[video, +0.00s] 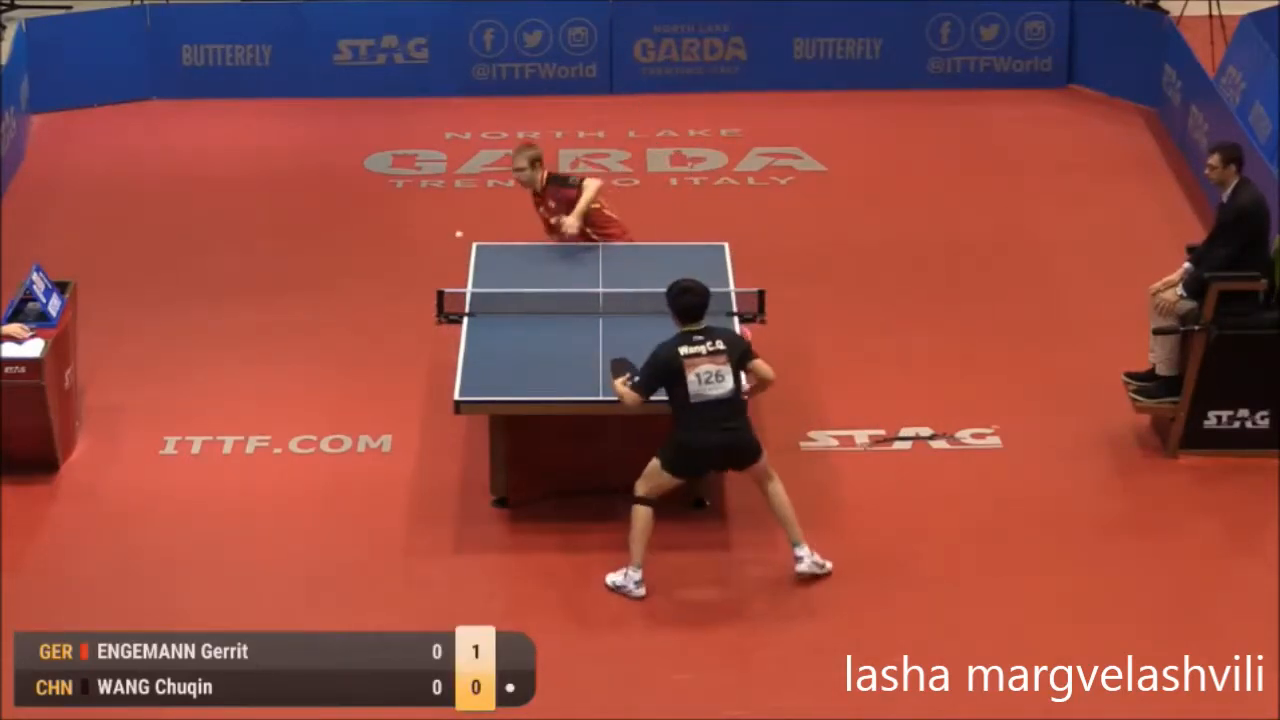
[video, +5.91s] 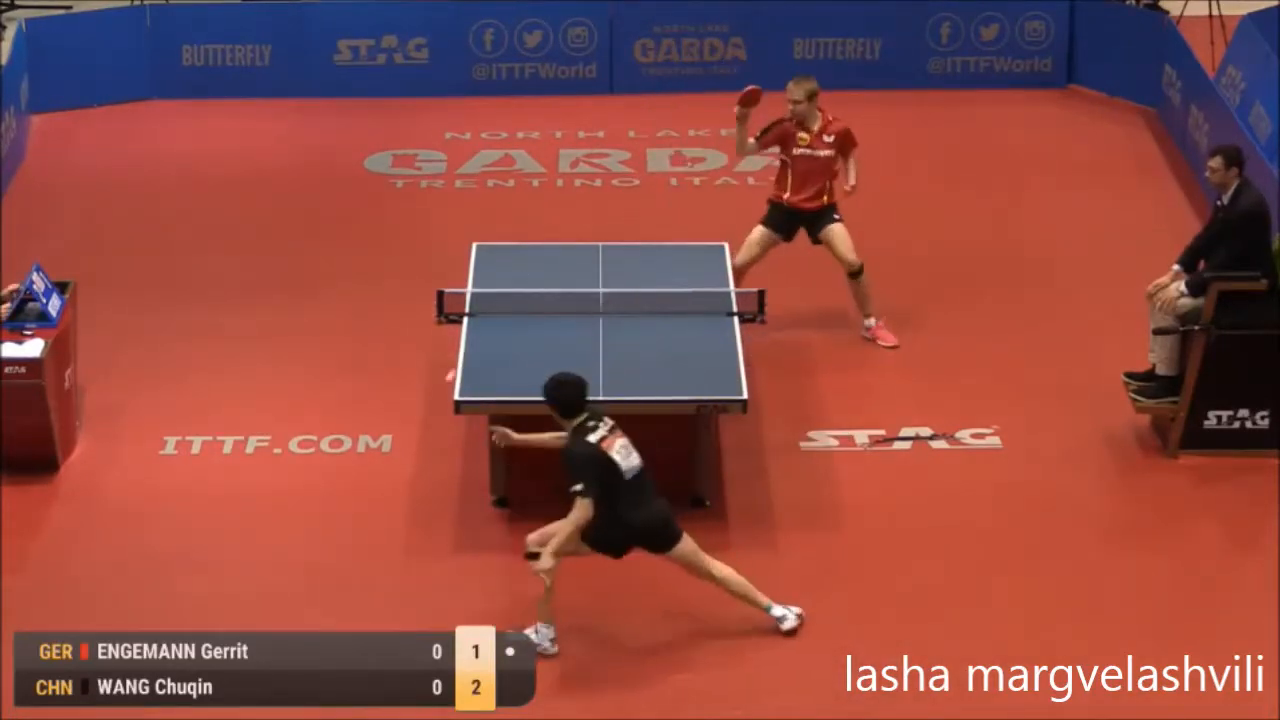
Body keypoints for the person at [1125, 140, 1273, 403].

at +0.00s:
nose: (1206, 173)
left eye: (1212, 168)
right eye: (1207, 167)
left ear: (1231, 168)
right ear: (1227, 169)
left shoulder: (1244, 203)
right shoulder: (1234, 197)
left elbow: (1221, 256)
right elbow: (1211, 246)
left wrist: (1183, 289)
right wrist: (1179, 274)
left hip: (1239, 292)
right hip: (1225, 282)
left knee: (1165, 306)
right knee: (1158, 297)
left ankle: (1169, 379)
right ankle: (1159, 369)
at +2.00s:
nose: (1205, 174)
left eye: (1211, 170)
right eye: (1206, 169)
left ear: (1229, 174)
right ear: (1223, 173)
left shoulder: (1245, 207)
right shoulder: (1229, 200)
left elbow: (1226, 263)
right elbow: (1208, 244)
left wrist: (1184, 288)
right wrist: (1179, 274)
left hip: (1237, 291)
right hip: (1221, 279)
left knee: (1166, 305)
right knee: (1156, 296)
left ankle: (1169, 378)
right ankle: (1160, 369)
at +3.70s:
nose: (1207, 175)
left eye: (1213, 169)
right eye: (1207, 169)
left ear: (1232, 170)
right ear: (1225, 172)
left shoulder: (1245, 205)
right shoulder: (1231, 199)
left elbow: (1221, 257)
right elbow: (1210, 244)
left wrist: (1178, 279)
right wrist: (1177, 272)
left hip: (1236, 288)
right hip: (1222, 278)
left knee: (1165, 307)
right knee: (1157, 296)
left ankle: (1168, 378)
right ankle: (1160, 369)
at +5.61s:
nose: (1207, 175)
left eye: (1212, 170)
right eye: (1207, 169)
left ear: (1232, 172)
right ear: (1225, 172)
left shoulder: (1249, 206)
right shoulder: (1226, 199)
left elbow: (1229, 264)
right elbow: (1205, 240)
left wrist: (1183, 288)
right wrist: (1173, 274)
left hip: (1242, 292)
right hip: (1224, 280)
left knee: (1168, 307)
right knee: (1158, 297)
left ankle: (1168, 379)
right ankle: (1159, 370)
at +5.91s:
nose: (1207, 175)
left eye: (1213, 170)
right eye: (1207, 169)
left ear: (1233, 171)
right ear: (1224, 172)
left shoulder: (1249, 206)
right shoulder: (1226, 199)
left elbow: (1229, 264)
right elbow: (1205, 240)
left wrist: (1183, 288)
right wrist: (1173, 274)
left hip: (1242, 292)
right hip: (1224, 280)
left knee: (1168, 307)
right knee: (1158, 297)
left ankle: (1168, 379)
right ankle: (1159, 370)